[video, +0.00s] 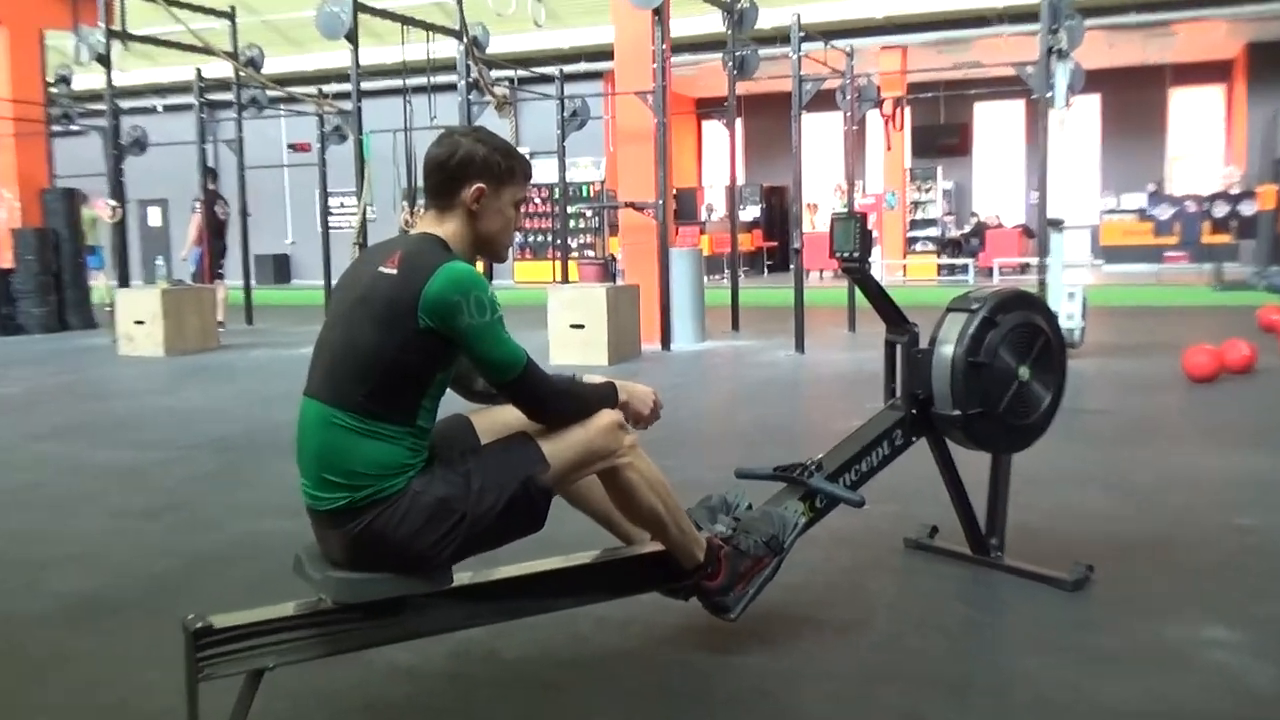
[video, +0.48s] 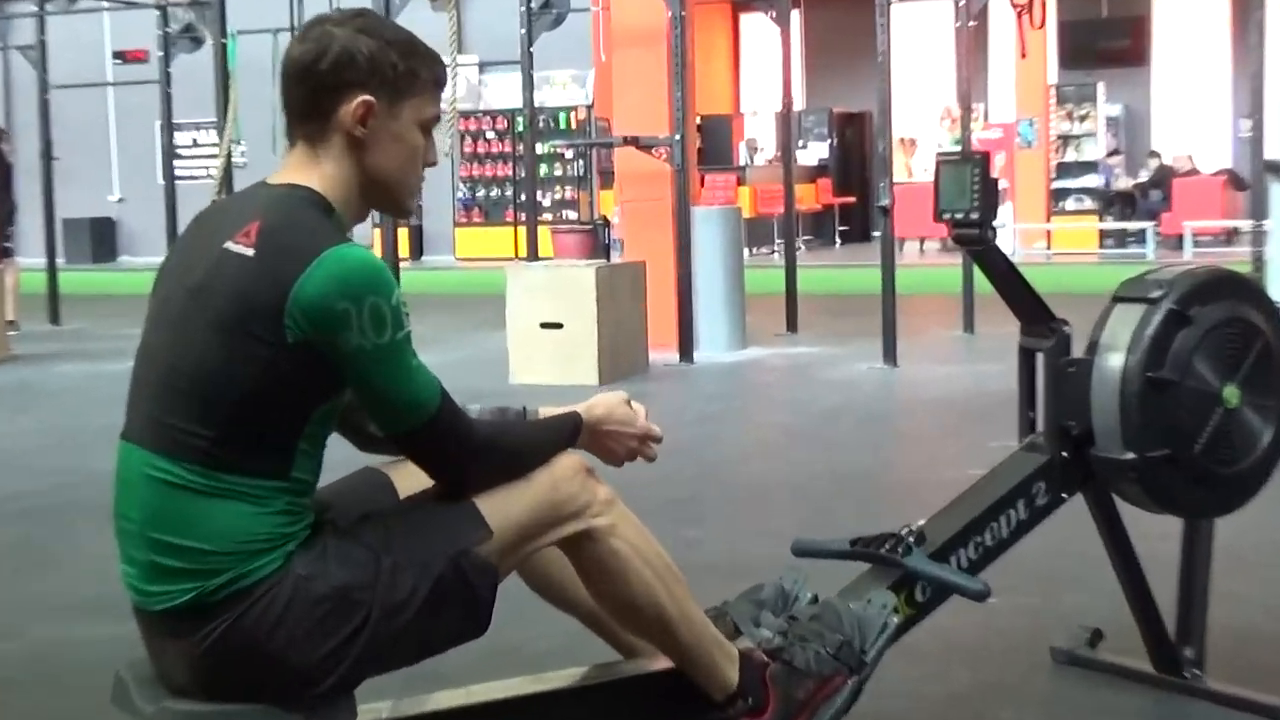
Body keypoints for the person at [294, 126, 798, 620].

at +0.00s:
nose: (523, 221)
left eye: (525, 205)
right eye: (518, 205)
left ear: (456, 198)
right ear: (475, 199)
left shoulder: (390, 258)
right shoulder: (452, 280)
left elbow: (475, 384)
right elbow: (545, 398)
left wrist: (592, 390)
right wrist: (618, 393)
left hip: (343, 497)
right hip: (384, 516)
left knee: (539, 415)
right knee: (609, 428)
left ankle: (652, 549)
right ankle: (705, 563)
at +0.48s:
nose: (431, 153)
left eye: (434, 129)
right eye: (425, 127)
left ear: (341, 121)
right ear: (359, 119)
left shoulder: (228, 225)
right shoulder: (335, 270)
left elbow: (375, 425)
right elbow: (459, 459)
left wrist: (550, 433)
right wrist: (583, 424)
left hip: (187, 598)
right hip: (249, 625)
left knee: (483, 469)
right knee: (571, 481)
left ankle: (671, 656)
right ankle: (739, 684)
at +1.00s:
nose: (333, 111)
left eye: (329, 75)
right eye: (316, 72)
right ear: (221, 69)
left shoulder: (40, 209)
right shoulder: (188, 294)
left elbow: (245, 518)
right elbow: (364, 579)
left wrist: (501, 515)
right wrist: (542, 530)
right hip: (84, 703)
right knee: (518, 612)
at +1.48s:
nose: (295, 87)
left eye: (287, 56)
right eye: (273, 53)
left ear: (172, 73)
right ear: (178, 69)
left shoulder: (43, 233)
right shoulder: (189, 291)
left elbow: (271, 540)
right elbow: (420, 580)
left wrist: (527, 543)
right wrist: (600, 548)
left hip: (48, 683)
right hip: (121, 709)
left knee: (390, 601)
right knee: (588, 636)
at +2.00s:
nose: (299, 112)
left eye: (300, 76)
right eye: (253, 73)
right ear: (131, 88)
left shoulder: (71, 246)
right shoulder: (164, 305)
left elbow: (161, 585)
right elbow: (345, 664)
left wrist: (374, 588)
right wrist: (515, 621)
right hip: (110, 711)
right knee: (585, 687)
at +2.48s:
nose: (278, 141)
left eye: (296, 102)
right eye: (230, 99)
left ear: (314, 111)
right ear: (130, 112)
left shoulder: (79, 259)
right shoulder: (144, 302)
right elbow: (174, 663)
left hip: (60, 687)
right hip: (105, 709)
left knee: (478, 656)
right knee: (626, 709)